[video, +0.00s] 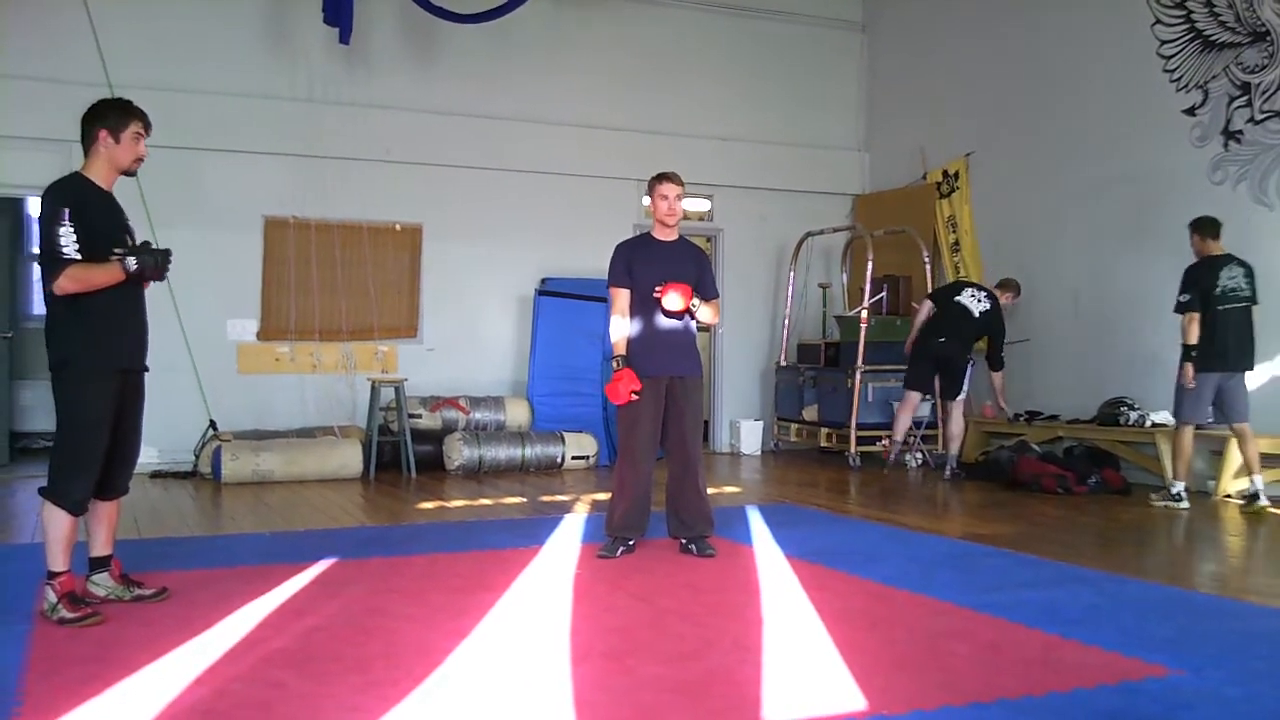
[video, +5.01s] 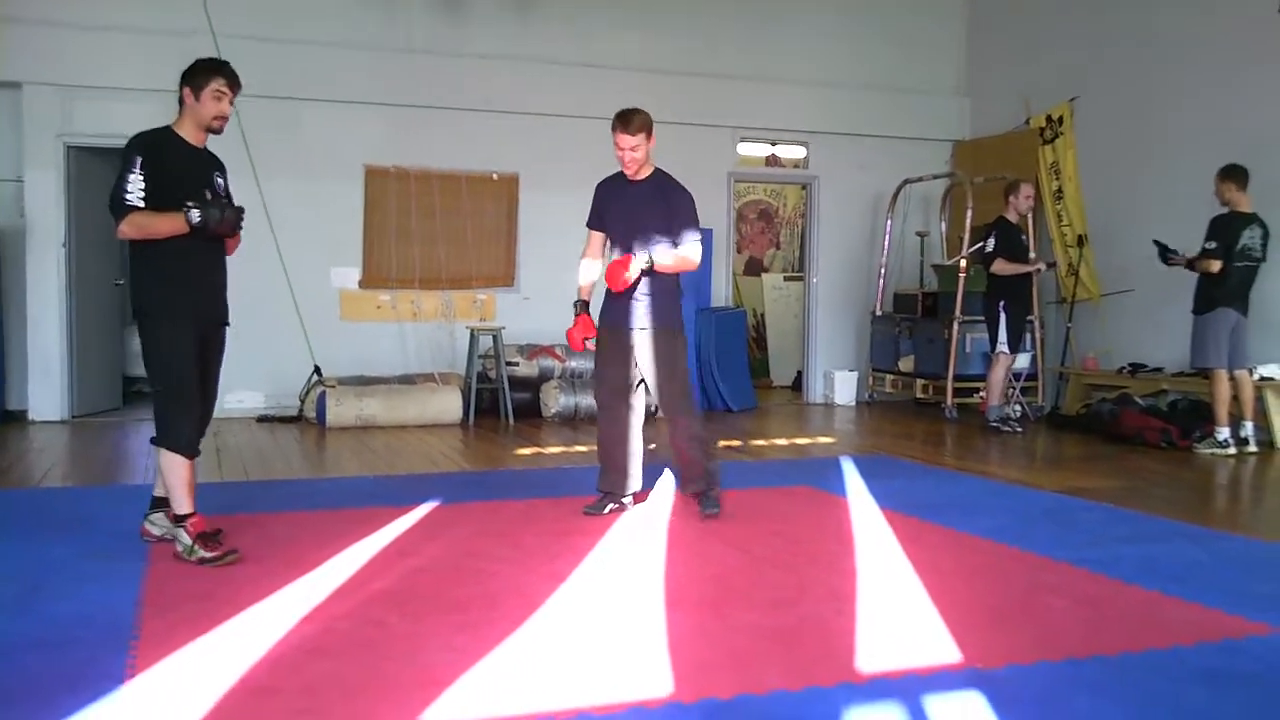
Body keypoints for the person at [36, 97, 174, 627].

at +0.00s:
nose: (144, 151)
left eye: (145, 141)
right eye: (138, 139)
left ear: (110, 141)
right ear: (104, 138)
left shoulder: (110, 204)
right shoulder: (65, 194)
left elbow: (105, 273)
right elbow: (63, 280)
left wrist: (142, 269)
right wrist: (131, 267)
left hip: (124, 360)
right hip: (83, 361)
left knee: (113, 467)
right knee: (73, 468)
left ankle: (103, 575)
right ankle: (57, 589)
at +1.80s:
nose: (77, 145)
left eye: (81, 137)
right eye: (66, 135)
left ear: (82, 144)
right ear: (36, 138)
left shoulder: (79, 208)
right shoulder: (5, 200)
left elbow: (106, 289)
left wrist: (97, 268)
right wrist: (63, 268)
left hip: (82, 358)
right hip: (24, 360)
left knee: (91, 468)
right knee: (35, 469)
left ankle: (34, 548)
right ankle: (47, 592)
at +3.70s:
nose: (98, 146)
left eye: (97, 137)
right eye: (90, 136)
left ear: (64, 143)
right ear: (56, 140)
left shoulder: (73, 212)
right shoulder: (12, 199)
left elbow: (84, 281)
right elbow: (7, 281)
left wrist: (94, 269)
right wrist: (71, 273)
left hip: (72, 362)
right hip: (20, 366)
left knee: (96, 461)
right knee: (18, 473)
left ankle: (100, 569)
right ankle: (8, 581)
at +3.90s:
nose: (123, 156)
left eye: (125, 148)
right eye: (116, 146)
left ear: (99, 150)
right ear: (83, 144)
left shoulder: (96, 215)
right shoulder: (43, 202)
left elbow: (88, 278)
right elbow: (36, 287)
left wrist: (117, 274)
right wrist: (104, 278)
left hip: (101, 364)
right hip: (53, 367)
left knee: (124, 466)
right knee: (45, 472)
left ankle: (147, 573)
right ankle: (31, 588)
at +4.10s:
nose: (177, 159)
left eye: (181, 151)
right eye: (168, 148)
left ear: (175, 158)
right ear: (138, 149)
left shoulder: (155, 219)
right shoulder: (103, 205)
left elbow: (150, 292)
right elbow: (94, 287)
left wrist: (178, 285)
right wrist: (160, 278)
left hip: (162, 365)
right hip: (115, 367)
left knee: (170, 465)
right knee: (95, 471)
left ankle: (177, 573)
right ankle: (63, 583)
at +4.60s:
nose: (228, 161)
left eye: (233, 154)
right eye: (220, 150)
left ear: (233, 163)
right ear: (193, 151)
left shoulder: (218, 224)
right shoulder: (147, 198)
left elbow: (229, 303)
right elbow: (120, 268)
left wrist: (224, 279)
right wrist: (188, 268)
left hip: (201, 357)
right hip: (153, 354)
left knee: (190, 464)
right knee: (159, 460)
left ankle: (171, 567)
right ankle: (118, 568)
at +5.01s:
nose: (226, 108)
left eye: (231, 100)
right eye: (218, 97)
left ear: (229, 104)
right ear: (188, 95)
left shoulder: (215, 166)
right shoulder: (146, 147)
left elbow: (229, 247)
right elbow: (126, 224)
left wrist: (231, 226)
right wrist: (196, 218)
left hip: (209, 306)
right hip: (164, 305)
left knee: (195, 409)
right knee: (179, 410)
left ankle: (161, 511)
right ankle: (187, 530)